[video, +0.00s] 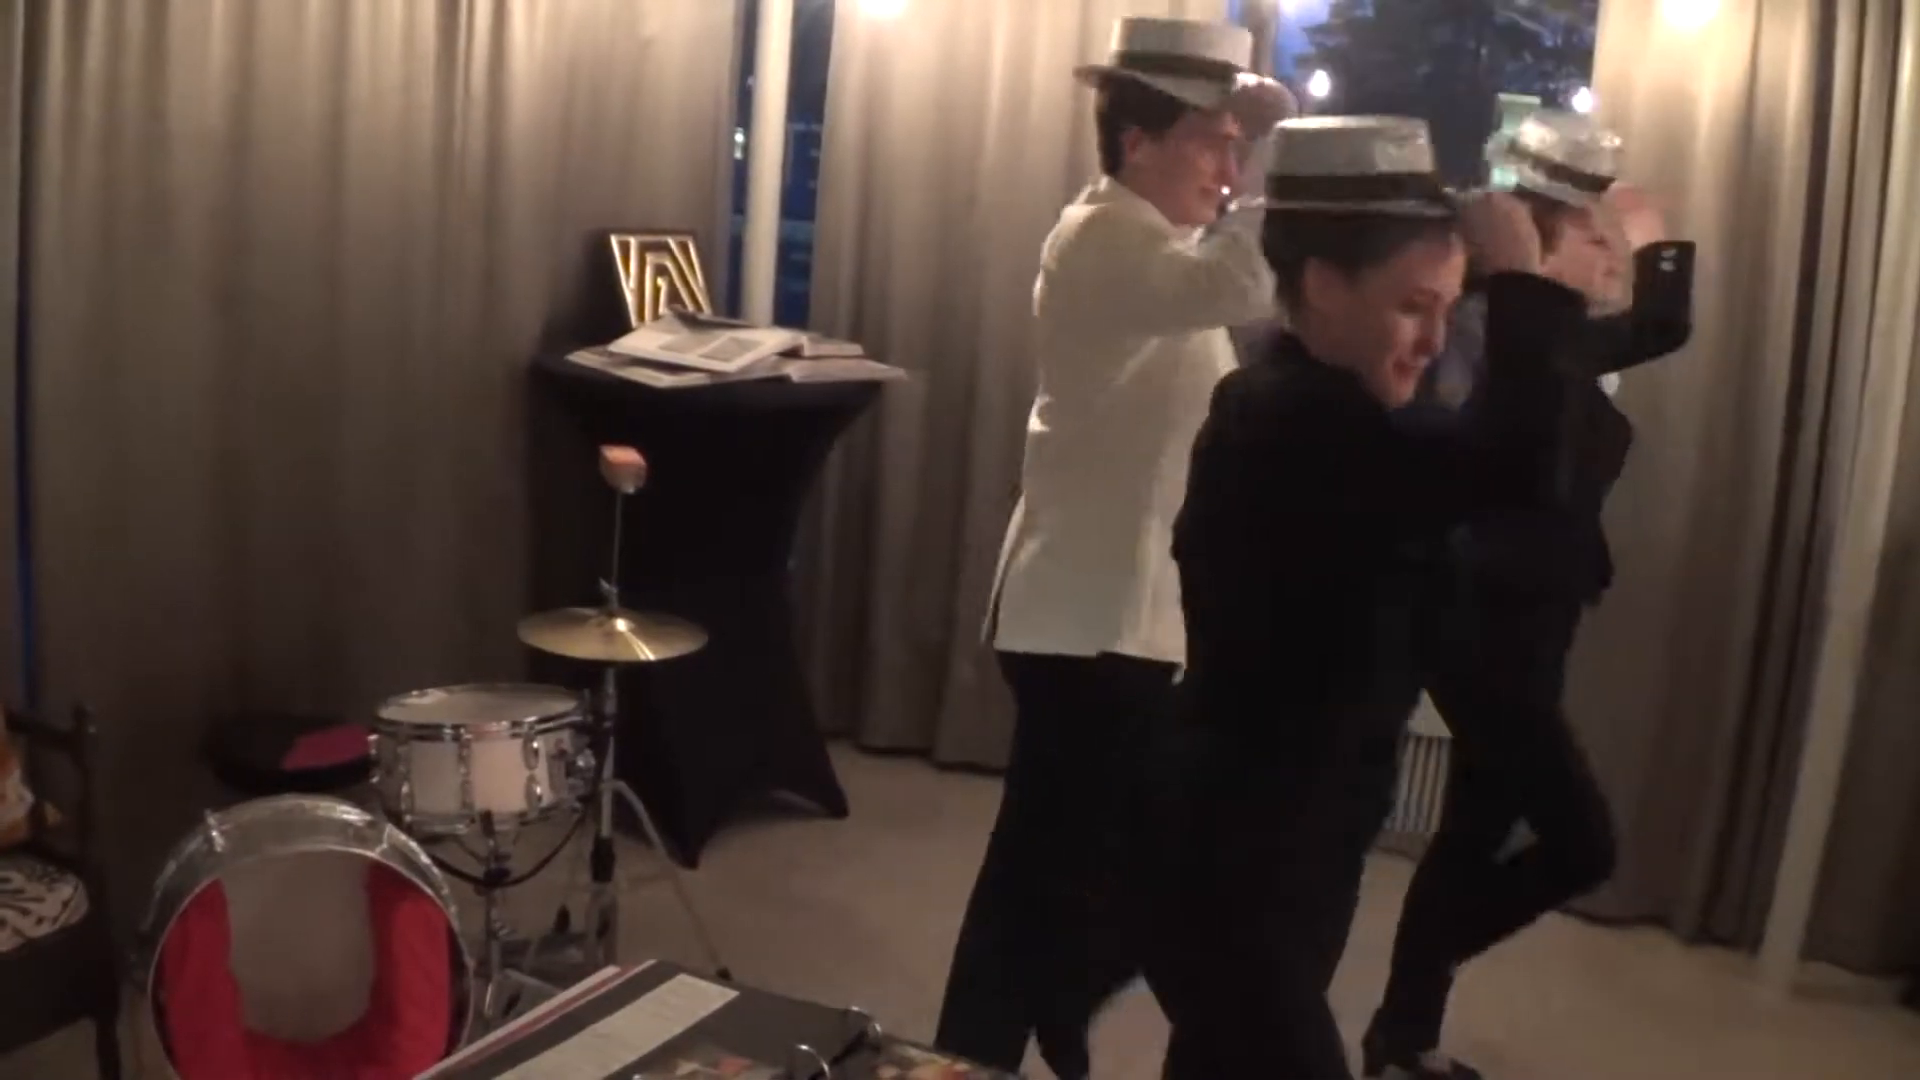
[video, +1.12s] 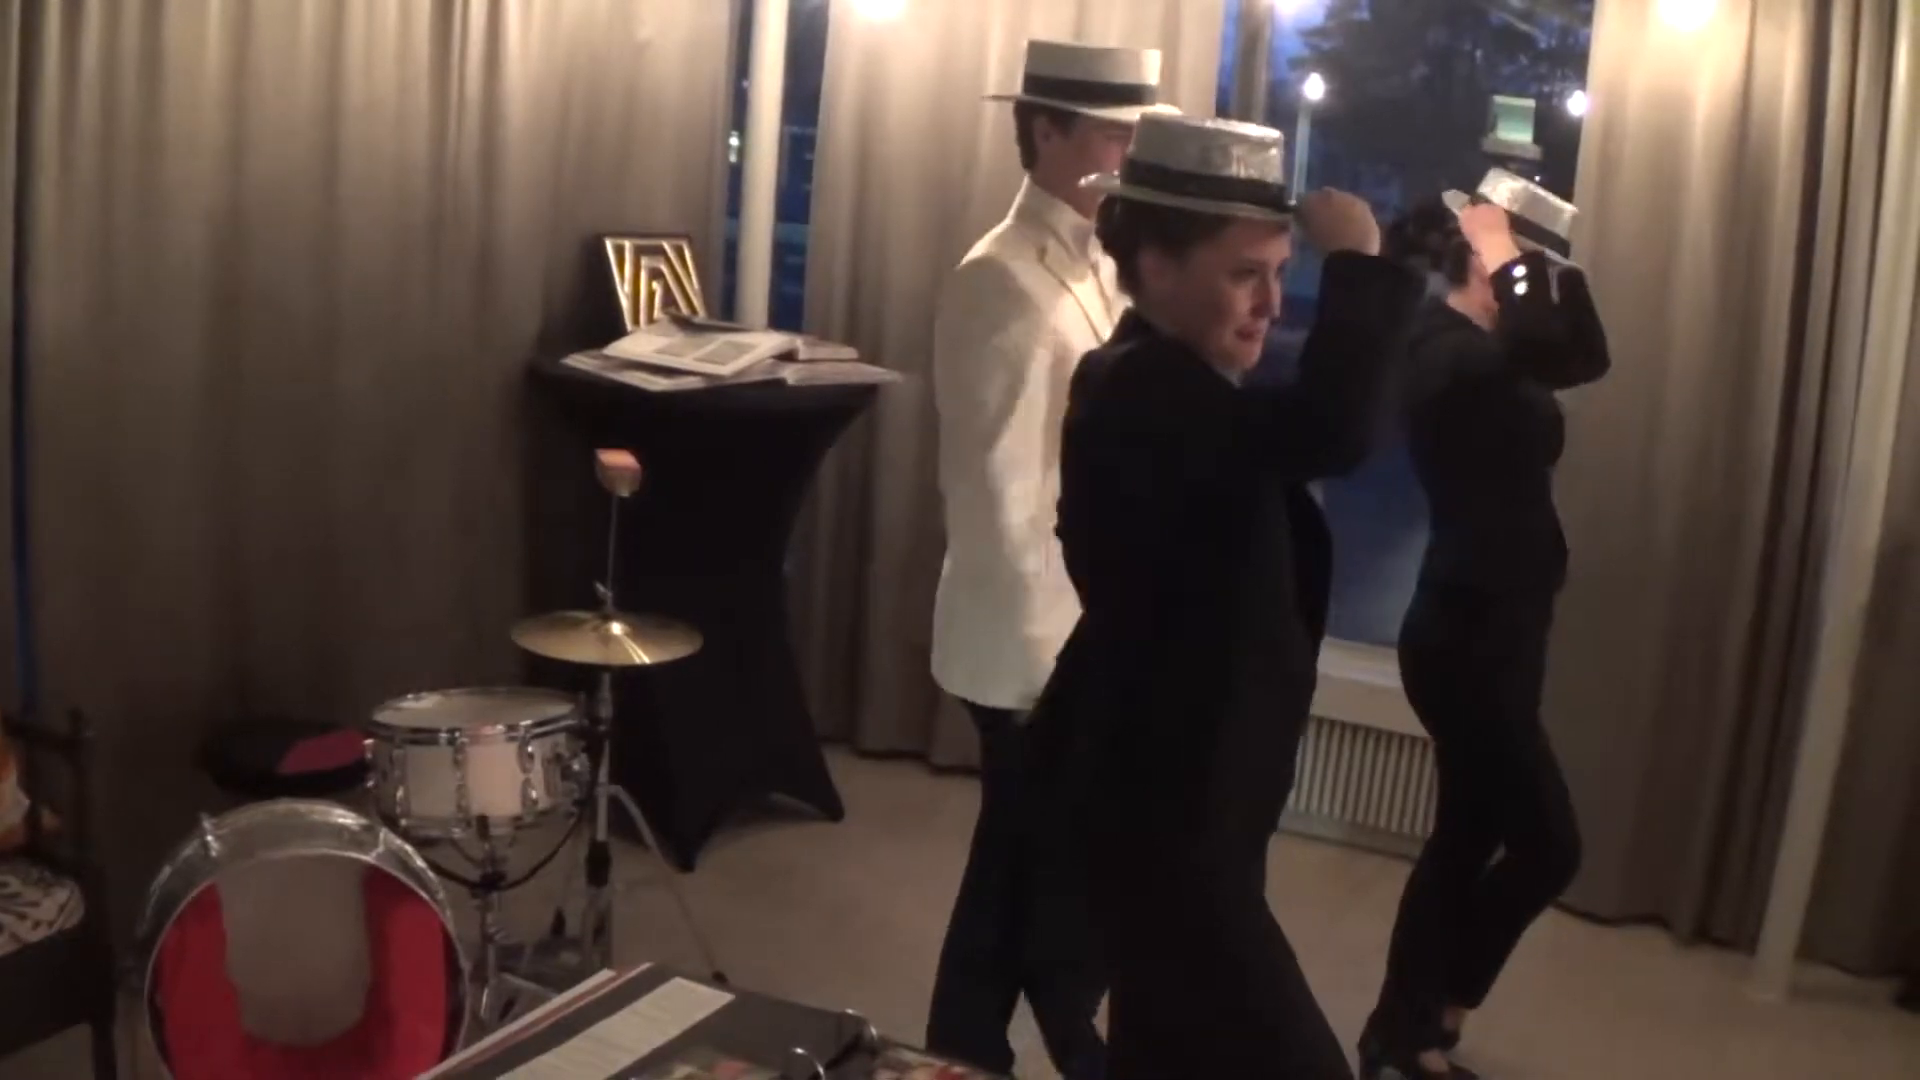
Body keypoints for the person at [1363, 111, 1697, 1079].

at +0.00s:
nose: (1611, 259)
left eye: (1610, 243)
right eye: (1597, 239)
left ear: (1547, 243)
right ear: (1544, 237)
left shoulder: (1546, 329)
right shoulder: (1517, 325)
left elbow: (1657, 329)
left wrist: (1652, 246)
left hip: (1517, 628)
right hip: (1479, 632)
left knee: (1471, 836)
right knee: (1580, 849)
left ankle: (1404, 1033)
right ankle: (1422, 954)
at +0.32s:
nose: (1584, 280)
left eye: (1585, 266)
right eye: (1571, 263)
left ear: (1517, 262)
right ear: (1514, 260)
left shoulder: (1519, 346)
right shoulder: (1497, 349)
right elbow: (1602, 356)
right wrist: (1614, 274)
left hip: (1511, 628)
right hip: (1482, 633)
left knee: (1472, 836)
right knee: (1552, 845)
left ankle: (1414, 1032)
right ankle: (1442, 1015)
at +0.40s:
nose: (1574, 280)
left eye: (1575, 266)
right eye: (1559, 262)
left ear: (1504, 263)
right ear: (1499, 260)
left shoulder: (1515, 346)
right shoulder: (1481, 347)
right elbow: (1598, 360)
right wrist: (1604, 275)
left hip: (1518, 628)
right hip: (1481, 631)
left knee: (1472, 838)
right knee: (1553, 845)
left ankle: (1413, 1034)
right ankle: (1444, 1016)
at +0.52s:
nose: (1569, 277)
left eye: (1570, 262)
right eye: (1552, 259)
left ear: (1501, 262)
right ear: (1493, 258)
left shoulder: (1511, 343)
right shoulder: (1483, 345)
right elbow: (1596, 361)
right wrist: (1599, 272)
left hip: (1518, 627)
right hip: (1484, 632)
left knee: (1473, 837)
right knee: (1560, 847)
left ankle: (1413, 1033)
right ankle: (1444, 1017)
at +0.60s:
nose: (1565, 279)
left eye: (1566, 264)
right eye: (1549, 260)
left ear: (1498, 262)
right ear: (1491, 259)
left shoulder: (1504, 348)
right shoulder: (1481, 350)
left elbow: (1529, 459)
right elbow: (1596, 362)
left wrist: (1608, 469)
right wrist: (1599, 273)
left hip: (1507, 627)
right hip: (1485, 634)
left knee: (1470, 836)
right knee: (1562, 846)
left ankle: (1412, 1035)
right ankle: (1442, 1016)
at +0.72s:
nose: (1555, 279)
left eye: (1555, 263)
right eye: (1542, 260)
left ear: (1490, 264)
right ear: (1490, 260)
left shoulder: (1496, 346)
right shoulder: (1475, 350)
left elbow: (1588, 356)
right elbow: (1594, 358)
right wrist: (1581, 280)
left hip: (1502, 627)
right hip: (1481, 632)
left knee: (1467, 838)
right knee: (1563, 845)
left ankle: (1408, 1035)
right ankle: (1439, 1014)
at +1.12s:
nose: (1512, 272)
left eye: (1508, 255)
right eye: (1500, 256)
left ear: (1444, 267)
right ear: (1468, 265)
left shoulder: (1480, 349)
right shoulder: (1444, 350)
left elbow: (1582, 356)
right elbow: (1576, 357)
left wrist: (1546, 261)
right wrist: (1511, 268)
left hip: (1494, 634)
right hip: (1465, 638)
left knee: (1461, 845)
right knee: (1548, 849)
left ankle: (1401, 1036)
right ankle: (1435, 1009)